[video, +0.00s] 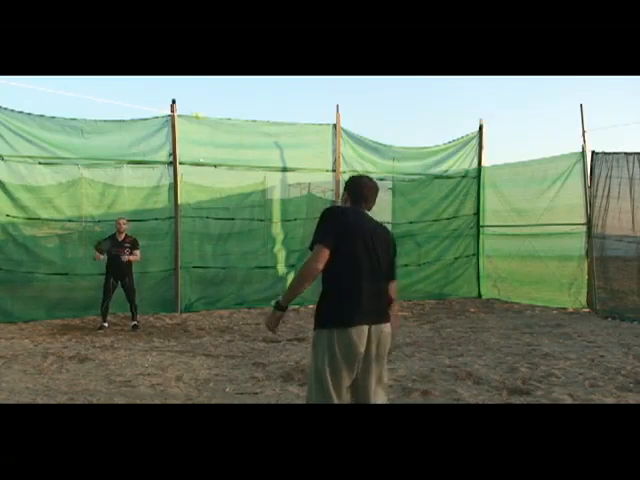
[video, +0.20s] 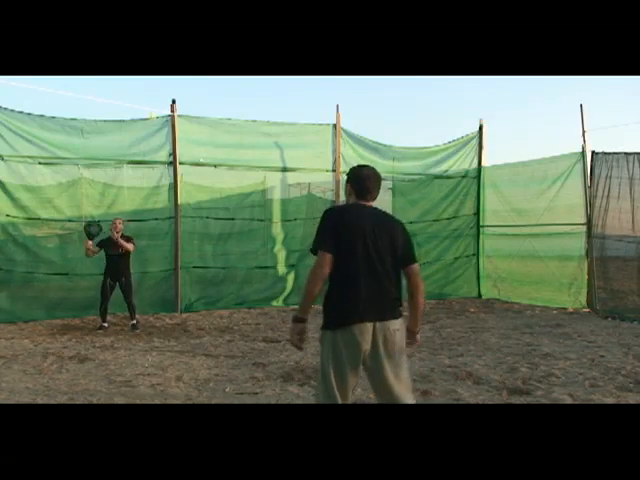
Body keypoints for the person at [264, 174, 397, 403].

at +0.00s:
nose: (341, 198)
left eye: (342, 195)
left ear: (345, 197)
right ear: (373, 203)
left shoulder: (335, 215)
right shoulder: (385, 234)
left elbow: (315, 265)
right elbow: (390, 292)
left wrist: (281, 305)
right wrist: (382, 323)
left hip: (340, 329)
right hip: (379, 330)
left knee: (328, 397)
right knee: (373, 397)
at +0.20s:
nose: (345, 189)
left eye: (346, 186)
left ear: (349, 189)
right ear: (376, 193)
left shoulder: (335, 216)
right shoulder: (394, 224)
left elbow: (323, 267)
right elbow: (414, 276)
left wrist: (300, 317)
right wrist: (414, 324)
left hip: (345, 325)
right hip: (389, 324)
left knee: (334, 396)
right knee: (399, 395)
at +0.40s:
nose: (356, 194)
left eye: (357, 191)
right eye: (357, 190)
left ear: (360, 195)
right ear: (388, 198)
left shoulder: (347, 226)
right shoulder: (408, 229)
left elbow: (343, 283)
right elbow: (429, 287)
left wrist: (328, 327)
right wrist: (414, 320)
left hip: (364, 335)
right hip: (410, 334)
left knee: (342, 398)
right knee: (420, 399)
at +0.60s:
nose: (361, 188)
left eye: (362, 184)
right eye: (362, 184)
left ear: (366, 186)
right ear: (393, 189)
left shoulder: (356, 217)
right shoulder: (416, 221)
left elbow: (355, 276)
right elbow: (430, 278)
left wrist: (341, 312)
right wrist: (400, 289)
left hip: (371, 327)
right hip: (415, 326)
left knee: (338, 396)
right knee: (420, 398)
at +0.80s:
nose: (358, 204)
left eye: (359, 201)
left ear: (362, 204)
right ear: (391, 207)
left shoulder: (350, 235)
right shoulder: (410, 239)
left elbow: (345, 294)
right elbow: (414, 288)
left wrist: (335, 324)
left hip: (366, 343)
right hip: (412, 342)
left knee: (328, 400)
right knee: (411, 400)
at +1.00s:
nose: (338, 198)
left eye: (339, 192)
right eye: (339, 192)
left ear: (346, 195)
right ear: (377, 195)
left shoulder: (334, 227)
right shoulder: (394, 231)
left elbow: (323, 286)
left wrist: (313, 312)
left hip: (341, 338)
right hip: (387, 336)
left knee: (314, 398)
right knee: (394, 398)